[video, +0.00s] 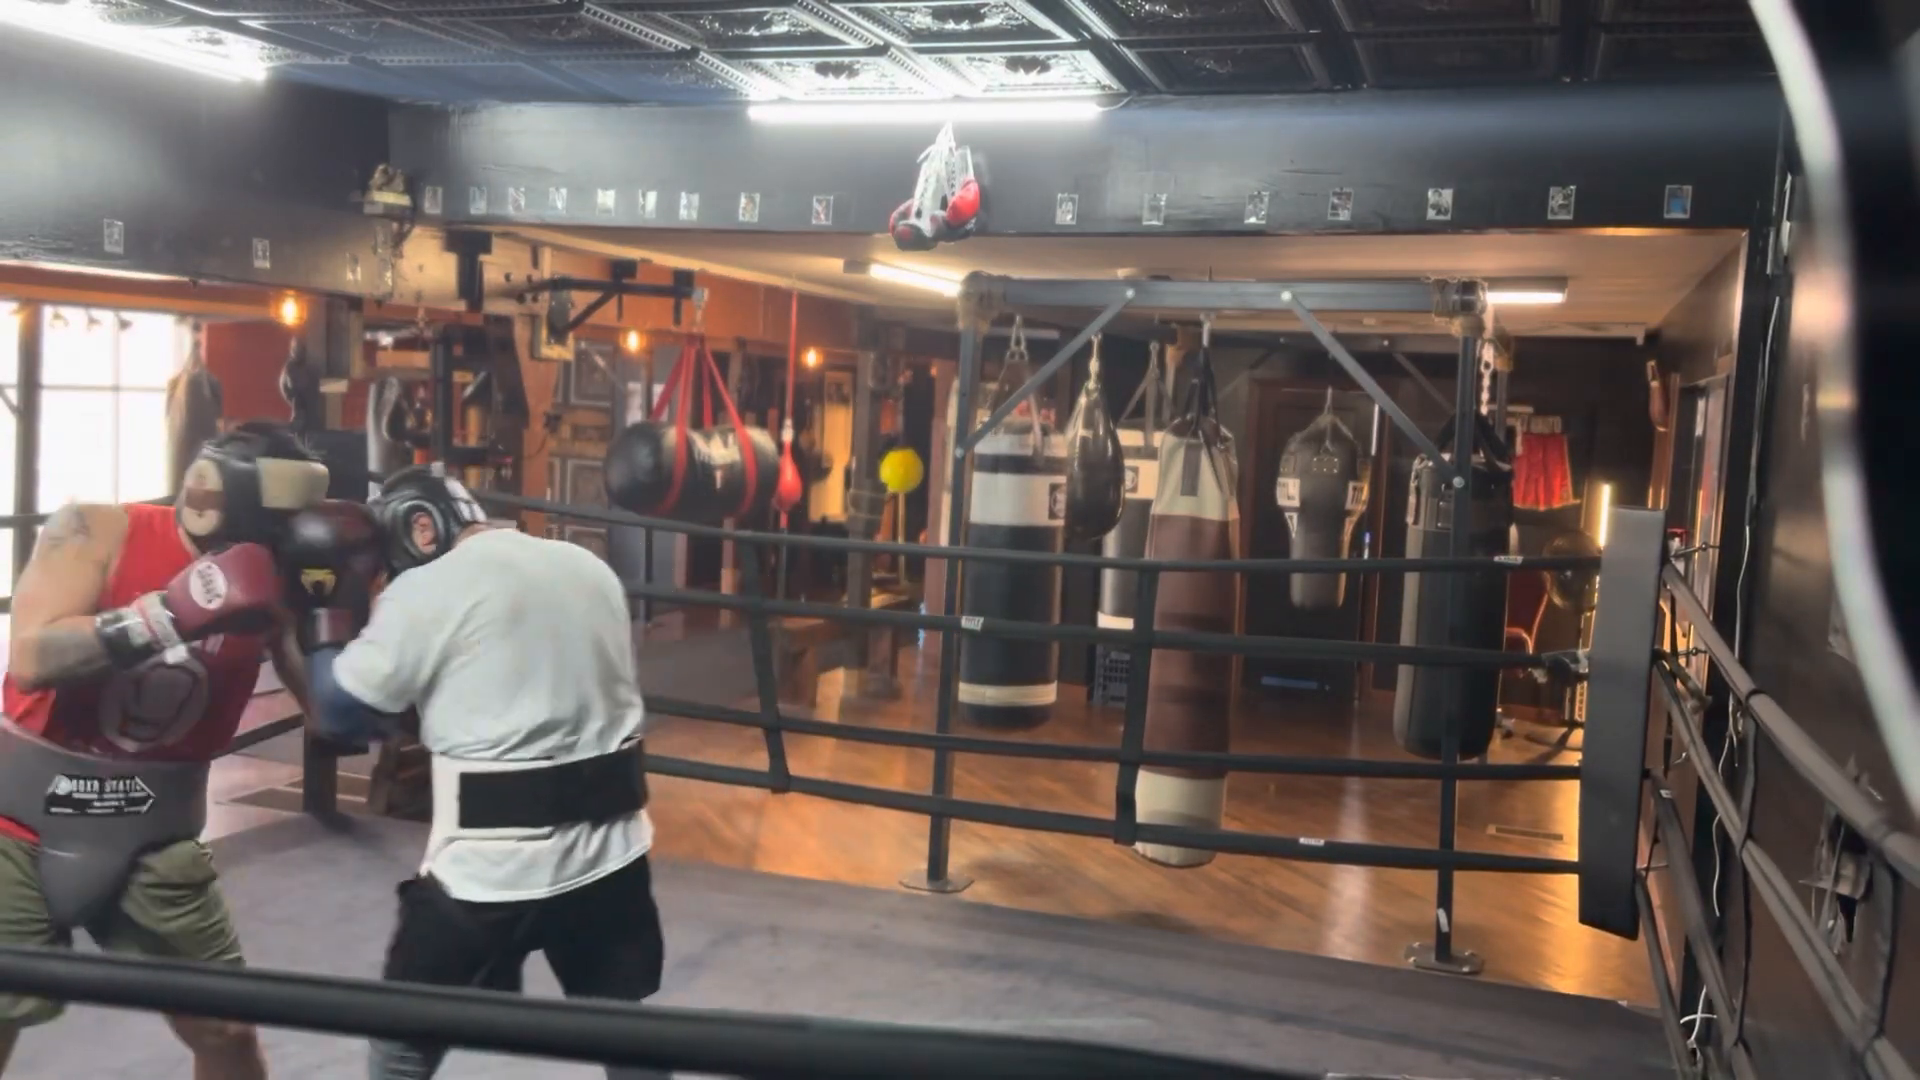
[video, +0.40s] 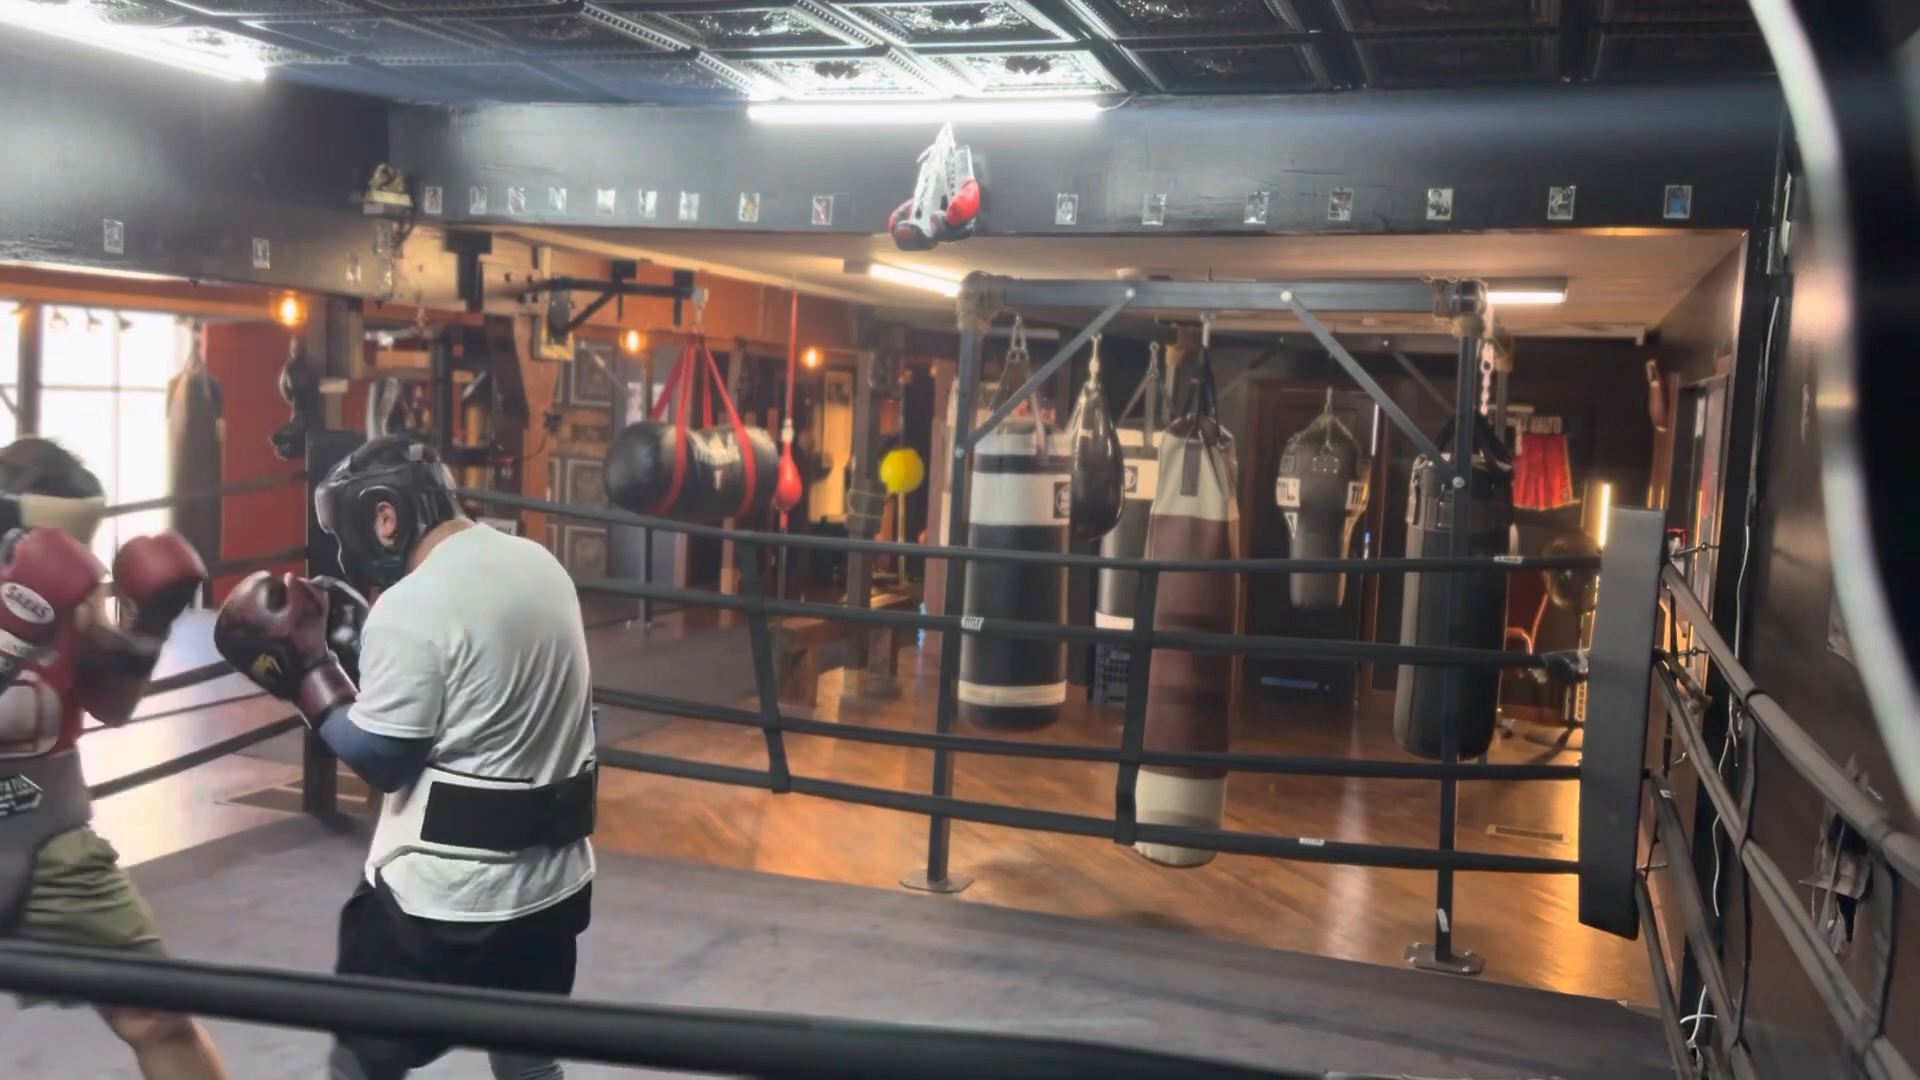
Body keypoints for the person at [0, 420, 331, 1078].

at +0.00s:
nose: (202, 503)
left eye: (224, 499)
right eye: (197, 488)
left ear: (266, 519)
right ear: (189, 474)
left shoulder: (268, 586)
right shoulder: (91, 529)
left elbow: (335, 718)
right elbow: (30, 656)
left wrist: (343, 602)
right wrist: (167, 613)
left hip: (156, 837)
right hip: (24, 827)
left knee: (229, 1035)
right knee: (1, 1034)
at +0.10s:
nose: (240, 534)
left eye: (246, 517)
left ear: (257, 514)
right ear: (178, 492)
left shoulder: (249, 587)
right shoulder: (72, 528)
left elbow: (303, 718)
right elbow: (3, 646)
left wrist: (315, 596)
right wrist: (103, 631)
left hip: (152, 821)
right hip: (23, 810)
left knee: (213, 1026)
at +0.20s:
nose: (180, 538)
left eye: (194, 522)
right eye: (163, 520)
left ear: (209, 508)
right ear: (114, 495)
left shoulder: (204, 596)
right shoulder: (18, 536)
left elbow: (253, 714)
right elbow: (2, 661)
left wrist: (269, 694)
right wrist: (56, 638)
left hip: (135, 814)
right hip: (11, 809)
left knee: (204, 1021)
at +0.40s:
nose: (91, 546)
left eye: (89, 528)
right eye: (82, 528)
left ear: (38, 517)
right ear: (34, 512)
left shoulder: (47, 569)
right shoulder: (42, 566)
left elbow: (111, 703)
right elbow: (110, 698)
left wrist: (147, 618)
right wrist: (147, 620)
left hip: (35, 823)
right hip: (29, 825)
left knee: (155, 1021)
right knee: (154, 1022)